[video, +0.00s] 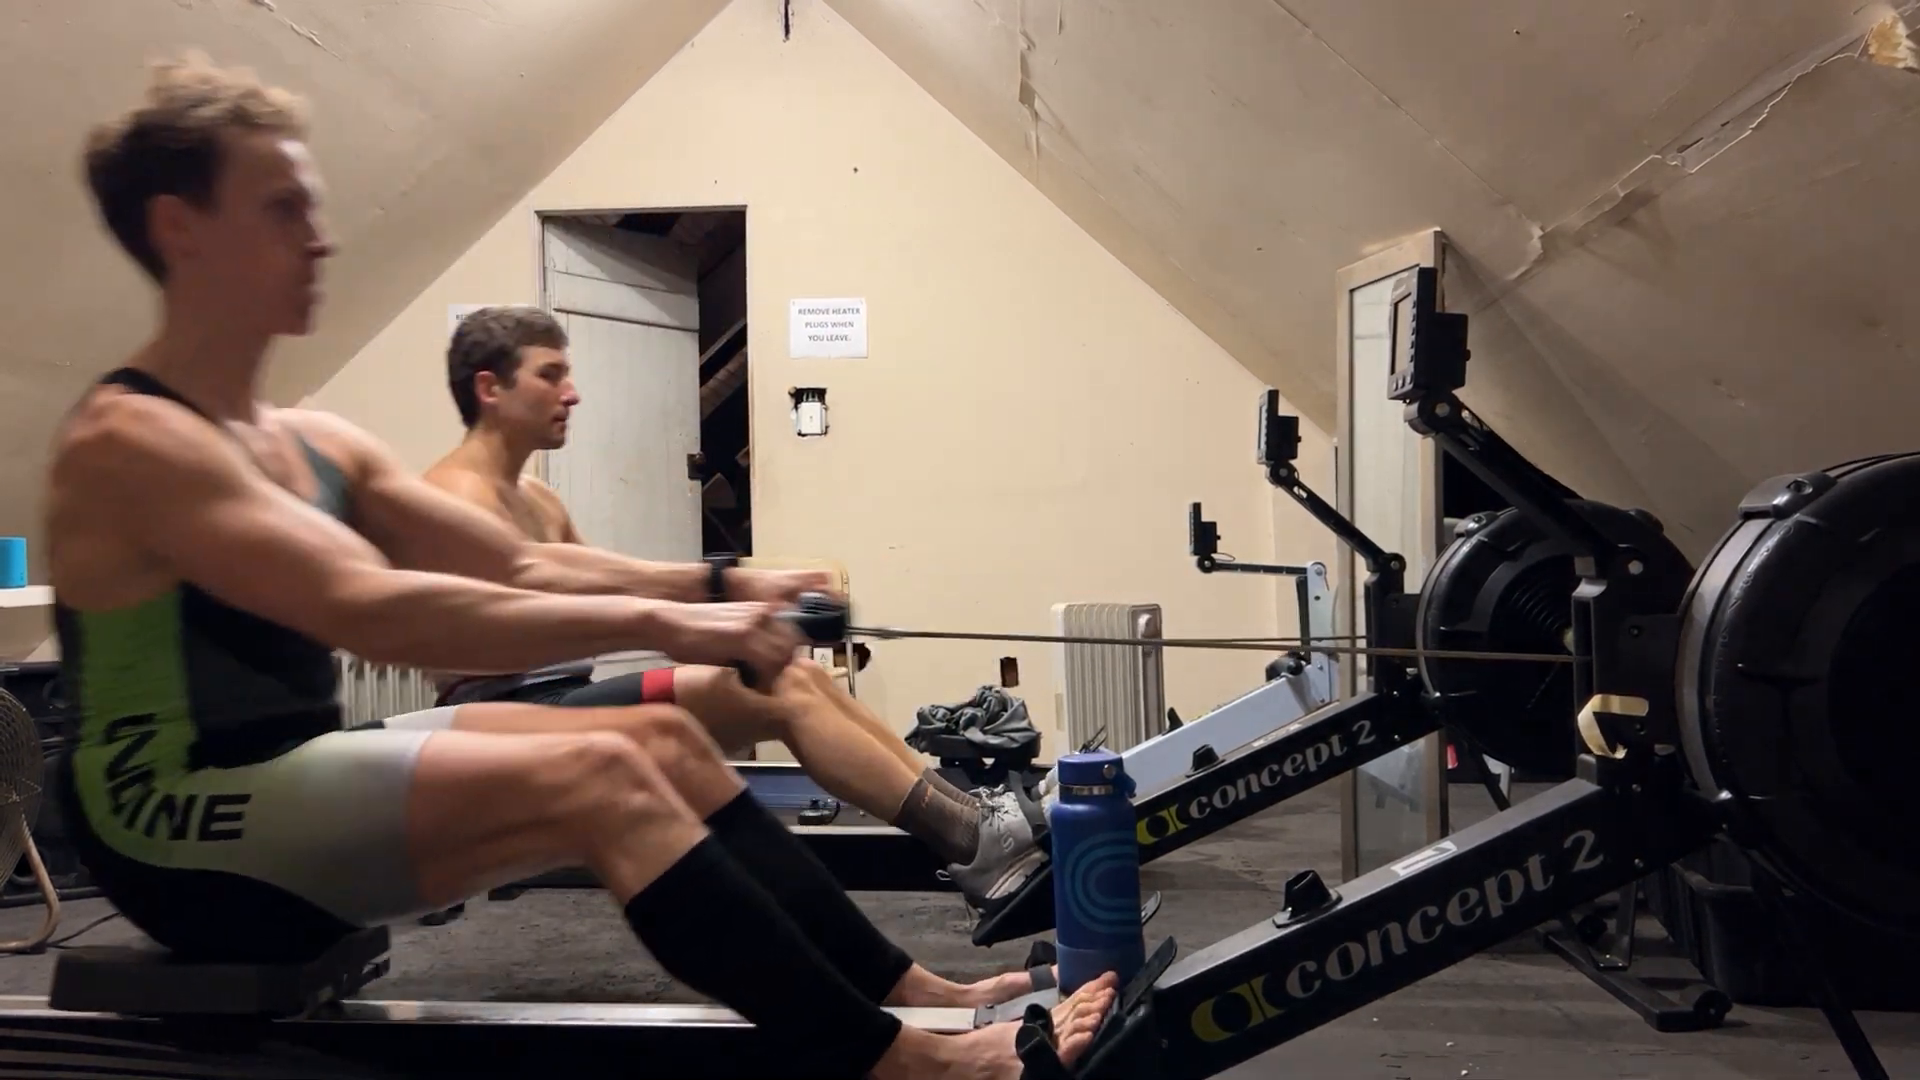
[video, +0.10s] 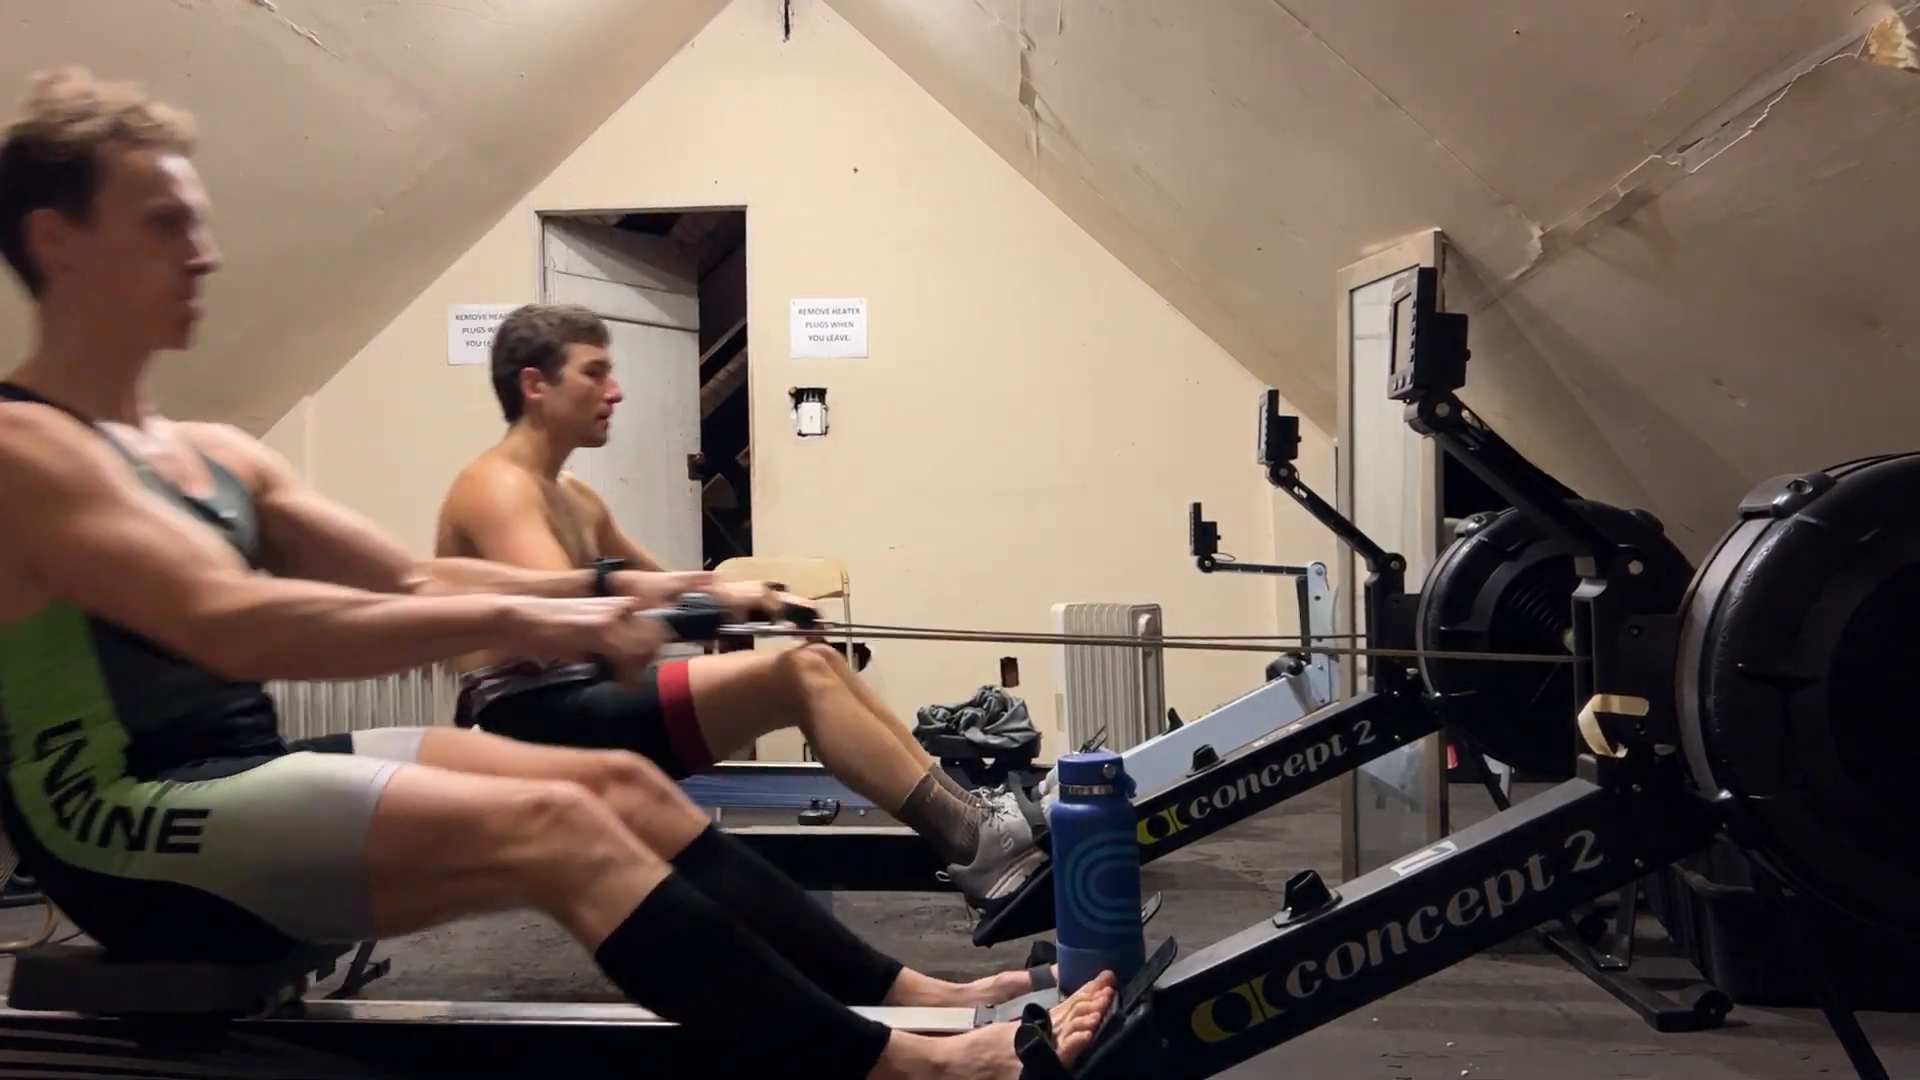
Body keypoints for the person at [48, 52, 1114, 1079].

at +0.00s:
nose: (323, 237)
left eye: (314, 206)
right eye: (285, 208)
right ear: (173, 226)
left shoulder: (310, 439)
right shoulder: (133, 440)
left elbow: (505, 560)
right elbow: (373, 619)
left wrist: (710, 602)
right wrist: (662, 631)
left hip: (295, 765)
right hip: (179, 798)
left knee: (671, 736)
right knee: (606, 780)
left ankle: (909, 998)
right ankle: (885, 1058)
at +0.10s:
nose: (204, 256)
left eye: (199, 225)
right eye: (169, 222)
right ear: (51, 241)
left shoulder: (207, 450)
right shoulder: (24, 447)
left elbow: (413, 585)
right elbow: (230, 625)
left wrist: (585, 609)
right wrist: (520, 624)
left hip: (248, 772)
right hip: (132, 808)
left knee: (613, 789)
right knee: (548, 819)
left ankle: (905, 996)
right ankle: (893, 1061)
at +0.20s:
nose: (97, 287)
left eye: (96, 258)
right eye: (62, 259)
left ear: (88, 271)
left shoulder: (123, 479)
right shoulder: (3, 487)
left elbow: (317, 608)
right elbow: (59, 672)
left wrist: (473, 622)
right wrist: (353, 631)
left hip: (217, 768)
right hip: (90, 807)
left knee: (584, 830)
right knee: (529, 872)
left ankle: (912, 1003)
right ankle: (898, 1066)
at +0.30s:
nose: (24, 326)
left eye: (28, 297)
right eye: (4, 296)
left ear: (37, 313)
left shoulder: (60, 506)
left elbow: (229, 655)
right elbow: (7, 729)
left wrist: (354, 630)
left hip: (189, 776)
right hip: (68, 822)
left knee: (569, 856)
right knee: (504, 896)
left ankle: (929, 1010)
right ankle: (913, 1056)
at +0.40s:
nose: (13, 322)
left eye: (12, 296)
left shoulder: (37, 531)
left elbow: (164, 693)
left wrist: (254, 629)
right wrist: (78, 638)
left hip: (154, 779)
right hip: (60, 815)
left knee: (560, 857)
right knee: (496, 897)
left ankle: (922, 1008)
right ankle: (906, 1063)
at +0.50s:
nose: (60, 333)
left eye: (65, 303)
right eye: (35, 302)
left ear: (68, 312)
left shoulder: (58, 505)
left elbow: (156, 693)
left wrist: (169, 590)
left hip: (185, 784)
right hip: (61, 829)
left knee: (569, 835)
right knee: (493, 874)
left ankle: (913, 1006)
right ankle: (871, 1060)